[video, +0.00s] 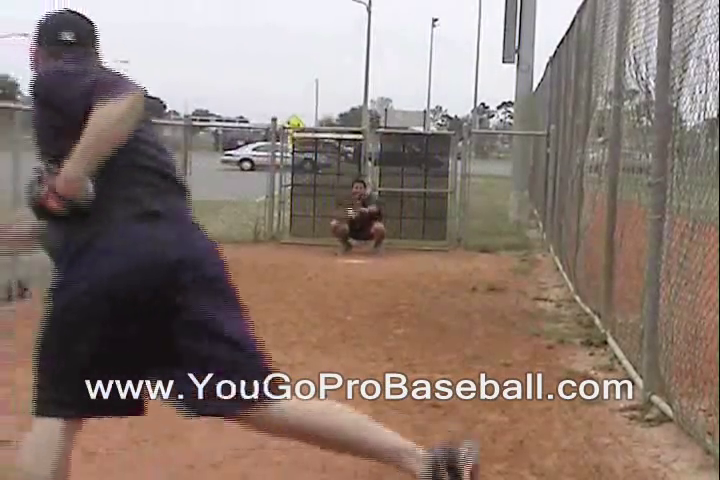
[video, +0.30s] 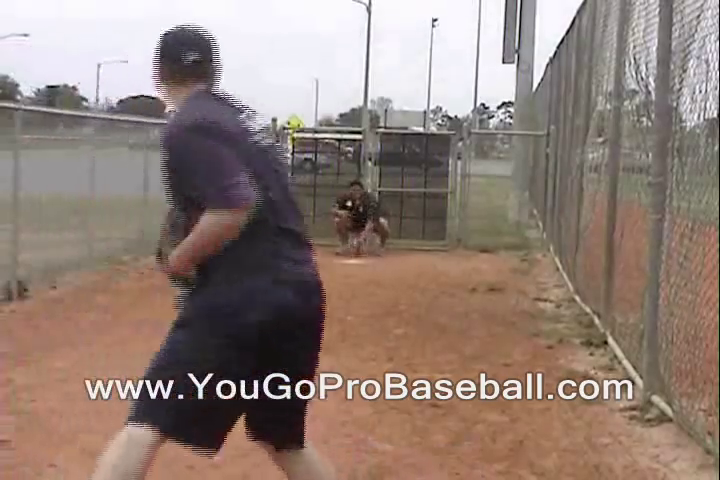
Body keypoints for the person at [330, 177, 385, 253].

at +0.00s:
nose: (358, 191)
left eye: (361, 188)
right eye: (356, 188)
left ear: (365, 190)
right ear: (352, 190)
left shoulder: (369, 201)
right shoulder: (347, 202)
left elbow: (375, 209)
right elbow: (336, 214)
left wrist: (366, 211)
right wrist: (348, 215)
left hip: (367, 230)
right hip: (350, 229)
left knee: (379, 228)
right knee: (336, 226)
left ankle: (377, 246)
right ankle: (346, 245)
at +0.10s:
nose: (356, 193)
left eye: (358, 190)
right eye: (354, 190)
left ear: (363, 191)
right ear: (351, 191)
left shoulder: (369, 201)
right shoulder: (347, 201)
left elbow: (372, 211)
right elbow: (333, 213)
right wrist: (348, 215)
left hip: (365, 227)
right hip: (351, 226)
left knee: (380, 227)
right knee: (336, 224)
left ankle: (379, 246)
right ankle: (346, 245)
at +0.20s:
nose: (356, 192)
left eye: (358, 190)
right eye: (354, 190)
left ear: (363, 191)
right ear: (350, 191)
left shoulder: (370, 202)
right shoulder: (346, 201)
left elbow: (369, 221)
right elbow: (333, 213)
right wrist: (346, 213)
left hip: (368, 226)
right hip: (353, 226)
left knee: (383, 226)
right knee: (337, 224)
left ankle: (381, 247)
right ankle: (346, 246)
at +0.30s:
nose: (356, 193)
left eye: (358, 190)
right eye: (353, 190)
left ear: (362, 191)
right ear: (349, 191)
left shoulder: (369, 201)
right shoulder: (345, 200)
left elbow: (370, 223)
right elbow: (334, 211)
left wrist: (361, 240)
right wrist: (343, 215)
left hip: (368, 222)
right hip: (353, 222)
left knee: (383, 226)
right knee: (340, 222)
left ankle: (381, 247)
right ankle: (344, 246)